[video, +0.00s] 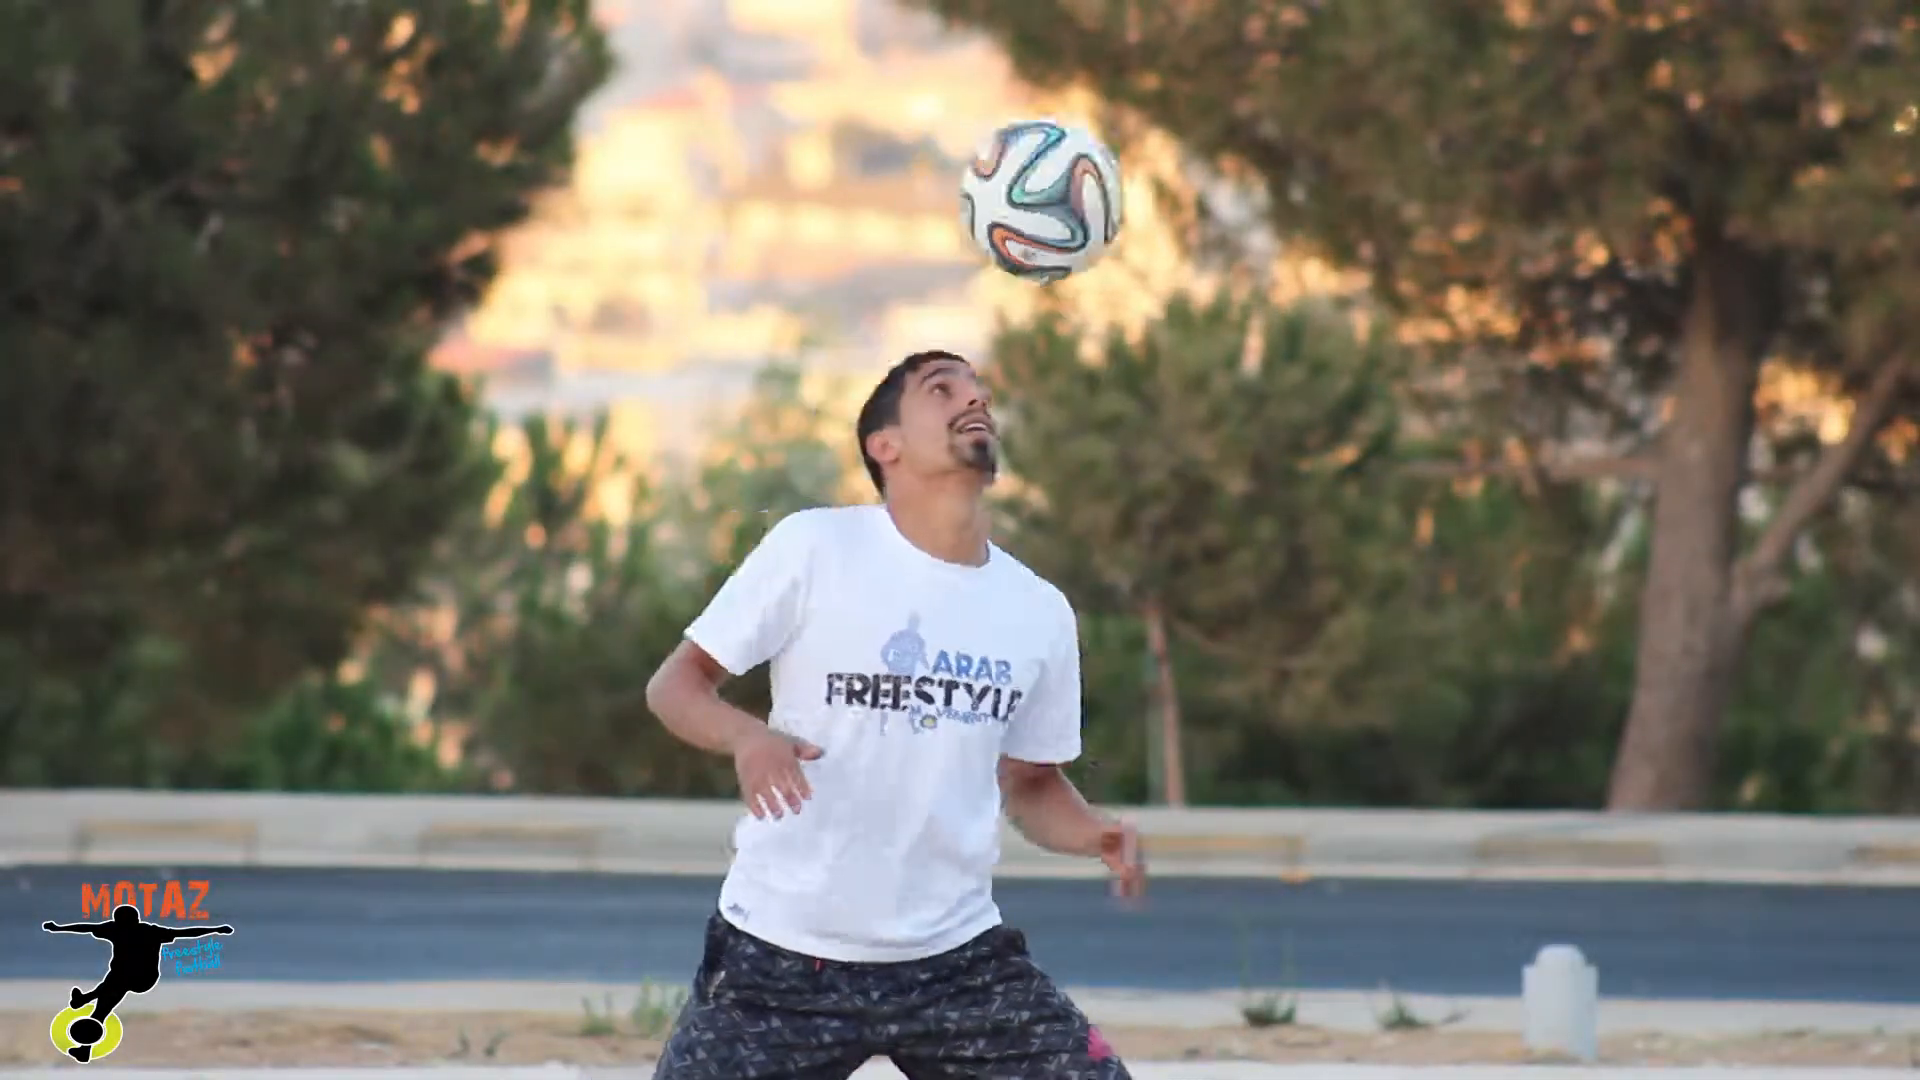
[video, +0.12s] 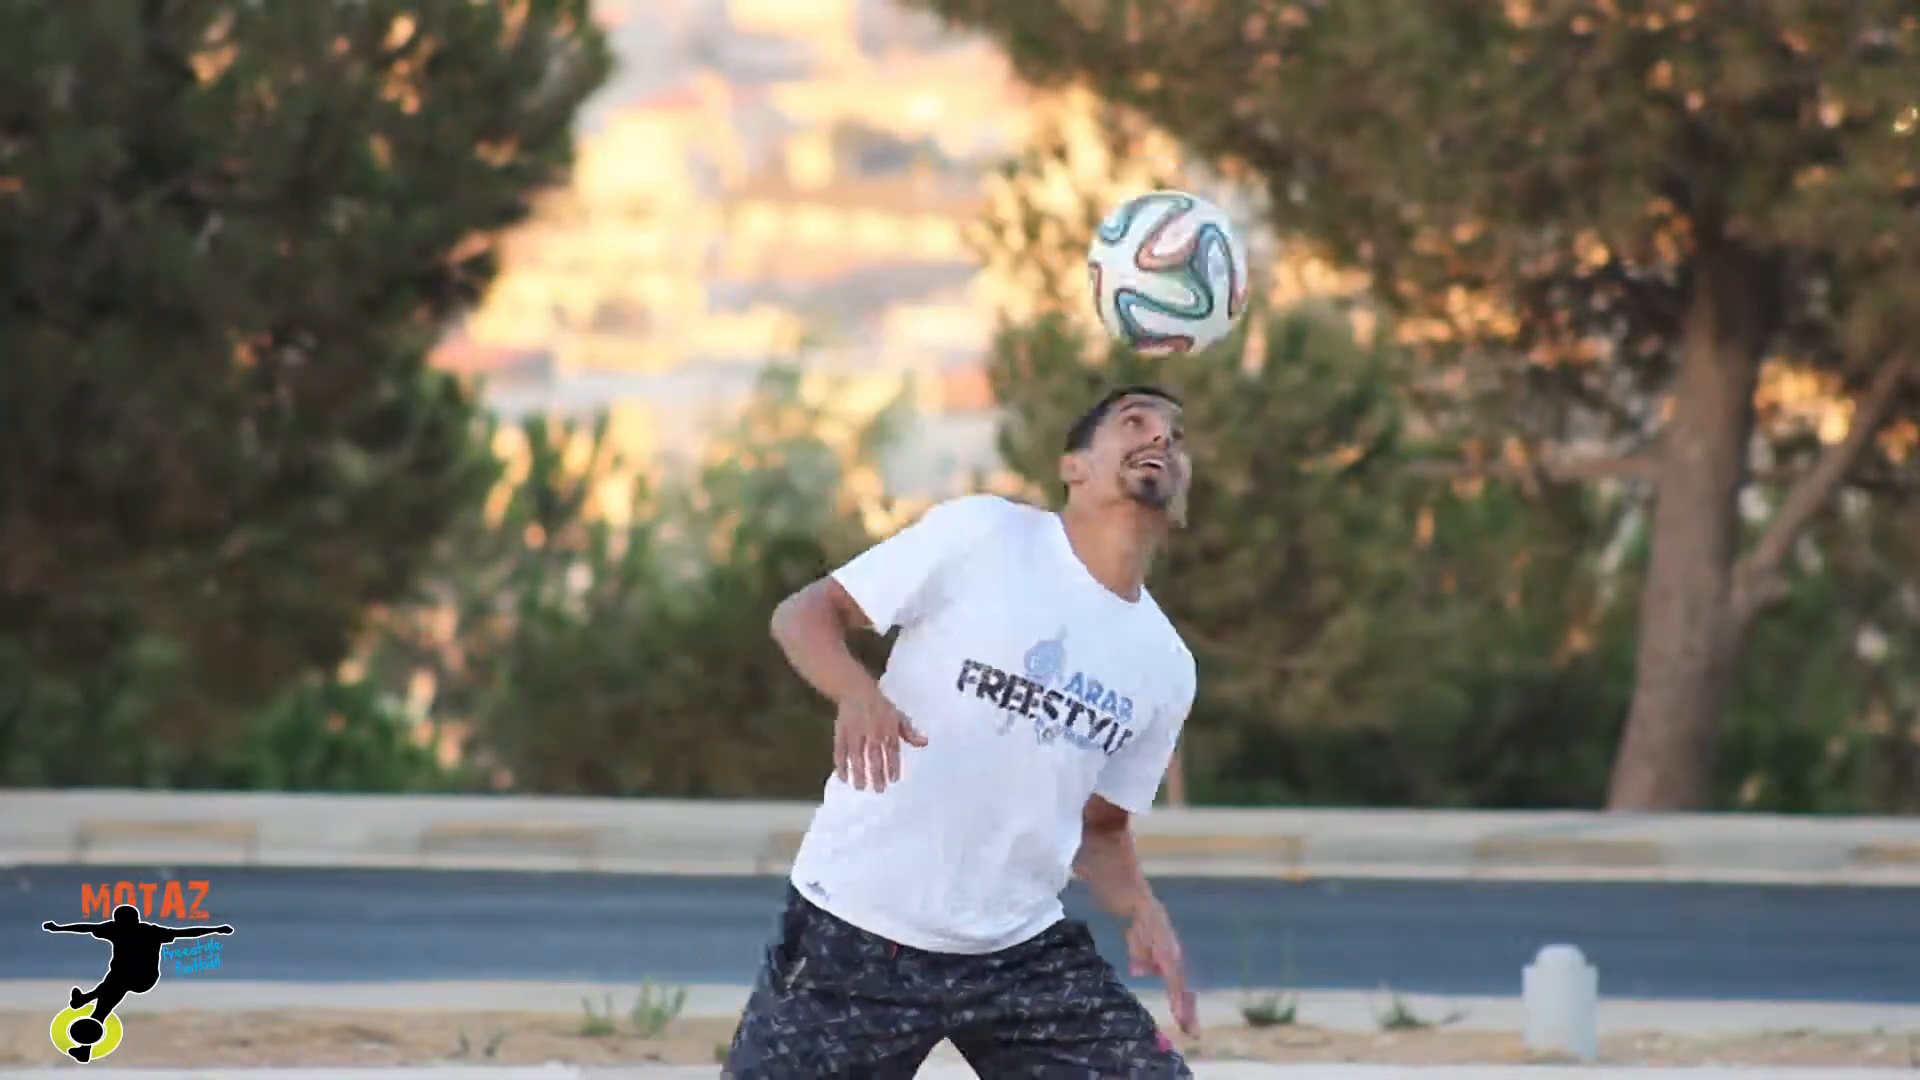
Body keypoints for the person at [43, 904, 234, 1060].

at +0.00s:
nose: (118, 926)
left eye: (118, 922)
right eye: (120, 923)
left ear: (117, 920)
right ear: (137, 918)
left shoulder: (113, 929)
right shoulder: (154, 931)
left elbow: (85, 928)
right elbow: (186, 932)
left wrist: (58, 928)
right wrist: (216, 929)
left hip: (122, 977)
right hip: (148, 981)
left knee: (102, 1010)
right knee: (114, 976)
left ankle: (85, 1048)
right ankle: (83, 999)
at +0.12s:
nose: (118, 926)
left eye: (118, 922)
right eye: (120, 923)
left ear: (117, 920)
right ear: (137, 918)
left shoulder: (113, 929)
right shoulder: (154, 931)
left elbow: (85, 928)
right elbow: (186, 932)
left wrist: (58, 928)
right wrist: (216, 929)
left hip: (122, 977)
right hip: (148, 981)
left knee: (102, 1010)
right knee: (114, 976)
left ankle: (85, 1048)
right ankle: (83, 999)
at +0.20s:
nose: (118, 926)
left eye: (118, 922)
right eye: (120, 923)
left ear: (117, 920)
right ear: (137, 918)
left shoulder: (113, 929)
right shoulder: (154, 931)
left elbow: (85, 928)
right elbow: (186, 932)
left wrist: (58, 928)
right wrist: (216, 929)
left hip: (122, 977)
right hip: (148, 981)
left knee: (102, 1010)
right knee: (114, 976)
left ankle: (85, 1048)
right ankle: (83, 999)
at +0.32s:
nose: (118, 926)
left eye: (118, 922)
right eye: (120, 923)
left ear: (117, 920)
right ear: (137, 918)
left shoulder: (113, 929)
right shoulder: (154, 931)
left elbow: (85, 928)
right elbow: (186, 933)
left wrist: (58, 928)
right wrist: (216, 929)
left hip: (122, 977)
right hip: (148, 981)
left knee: (102, 1011)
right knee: (114, 977)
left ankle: (85, 1049)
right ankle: (83, 999)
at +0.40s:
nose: (118, 926)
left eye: (118, 922)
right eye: (120, 923)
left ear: (117, 920)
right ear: (137, 918)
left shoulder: (113, 929)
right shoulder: (154, 931)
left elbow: (85, 928)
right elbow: (186, 933)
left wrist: (58, 928)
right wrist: (216, 929)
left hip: (122, 977)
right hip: (148, 981)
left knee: (102, 1011)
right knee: (114, 977)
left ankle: (85, 1049)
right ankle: (83, 999)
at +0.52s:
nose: (117, 926)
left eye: (117, 923)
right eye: (119, 923)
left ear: (117, 920)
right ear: (137, 918)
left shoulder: (113, 929)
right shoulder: (154, 931)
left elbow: (85, 928)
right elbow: (186, 933)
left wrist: (58, 928)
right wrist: (216, 929)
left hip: (121, 977)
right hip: (148, 981)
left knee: (102, 1010)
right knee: (111, 980)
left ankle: (85, 1049)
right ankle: (82, 1000)